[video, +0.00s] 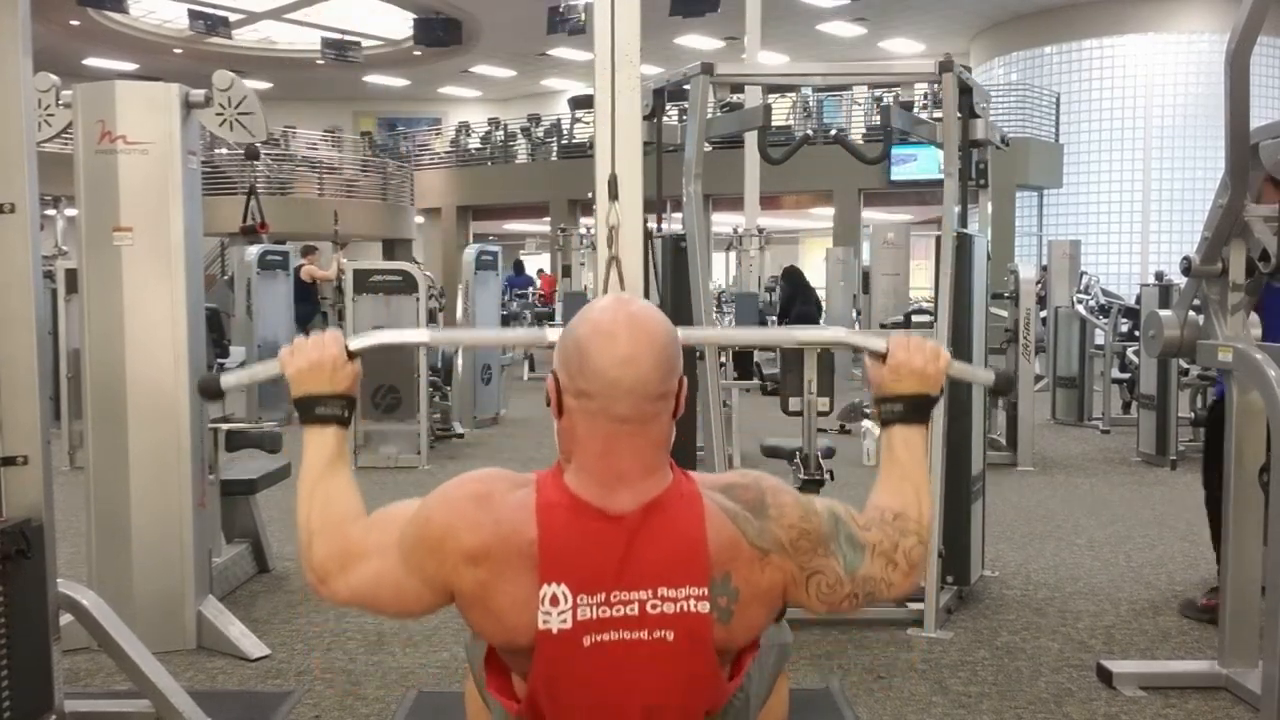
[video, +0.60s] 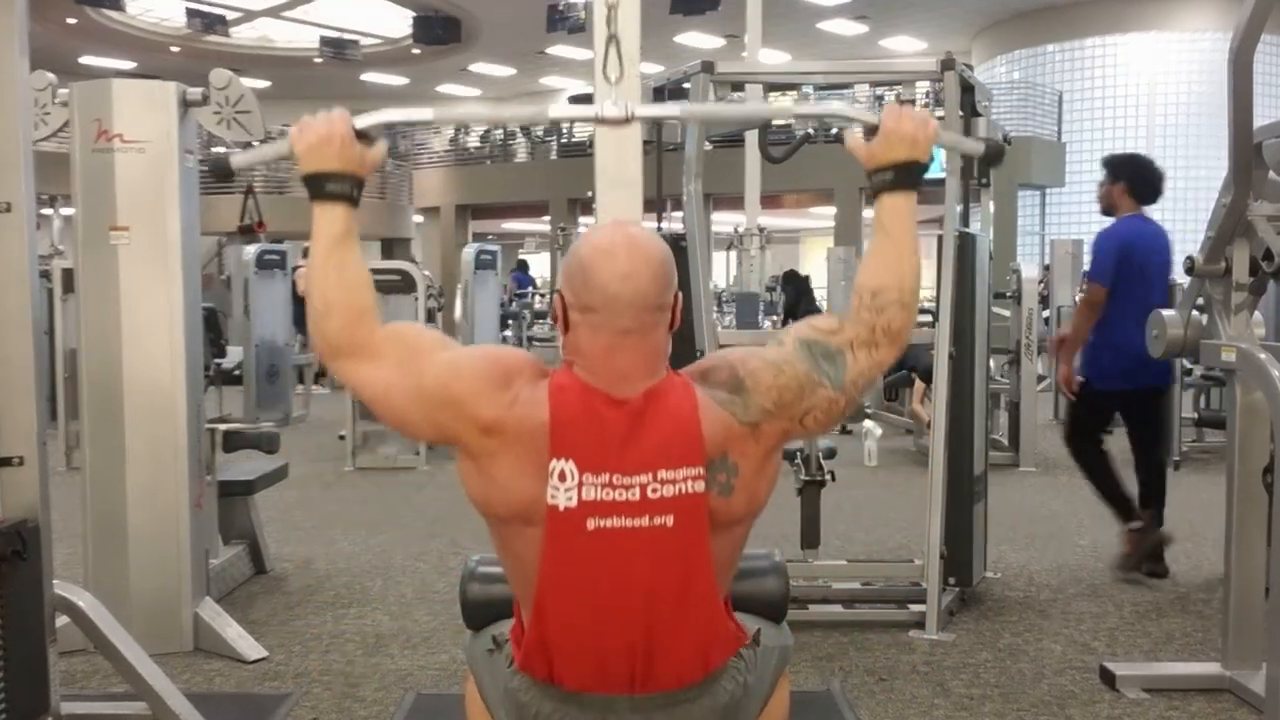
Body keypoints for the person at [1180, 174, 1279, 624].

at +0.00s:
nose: (1254, 197)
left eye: (1259, 187)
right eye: (1255, 187)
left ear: (1272, 188)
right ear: (1266, 188)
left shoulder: (1263, 243)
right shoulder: (1256, 238)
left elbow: (1253, 303)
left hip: (1251, 385)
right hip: (1244, 383)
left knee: (1221, 477)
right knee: (1225, 478)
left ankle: (1234, 587)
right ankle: (1242, 584)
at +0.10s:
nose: (1215, 181)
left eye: (1222, 173)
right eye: (1218, 173)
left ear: (1252, 182)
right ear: (1239, 181)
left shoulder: (1259, 234)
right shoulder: (1227, 230)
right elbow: (1201, 292)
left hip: (1247, 388)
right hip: (1217, 386)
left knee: (1226, 491)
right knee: (1218, 489)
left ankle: (1241, 589)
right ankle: (1232, 584)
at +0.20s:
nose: (1189, 183)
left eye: (1193, 175)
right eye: (1193, 174)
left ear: (1206, 180)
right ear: (1232, 180)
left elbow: (1160, 298)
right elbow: (1265, 304)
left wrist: (1169, 281)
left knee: (1211, 484)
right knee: (1203, 473)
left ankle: (1226, 591)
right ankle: (1186, 551)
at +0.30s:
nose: (1163, 190)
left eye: (1168, 183)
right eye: (1167, 182)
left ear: (1182, 190)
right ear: (1207, 193)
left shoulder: (1171, 242)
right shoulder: (1227, 236)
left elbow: (1134, 307)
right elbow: (1240, 302)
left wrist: (1165, 300)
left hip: (1179, 382)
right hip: (1215, 377)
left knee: (1197, 478)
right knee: (1184, 468)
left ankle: (1226, 585)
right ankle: (1155, 542)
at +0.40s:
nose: (1142, 195)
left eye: (1147, 188)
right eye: (1146, 188)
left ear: (1161, 195)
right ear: (1183, 199)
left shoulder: (1148, 247)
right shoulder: (1201, 243)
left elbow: (1120, 311)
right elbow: (1203, 308)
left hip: (1153, 378)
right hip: (1187, 375)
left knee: (1167, 472)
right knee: (1160, 464)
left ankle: (1217, 567)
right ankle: (1147, 546)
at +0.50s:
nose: (1124, 193)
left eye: (1128, 186)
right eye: (1127, 186)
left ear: (1141, 193)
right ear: (1164, 197)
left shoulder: (1130, 245)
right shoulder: (1182, 243)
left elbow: (1106, 310)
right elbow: (1180, 306)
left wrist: (1083, 365)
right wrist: (1125, 349)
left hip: (1132, 375)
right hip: (1171, 373)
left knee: (1115, 457)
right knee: (1156, 456)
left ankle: (1188, 534)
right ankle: (1149, 547)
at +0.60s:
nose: (1098, 189)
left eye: (1104, 182)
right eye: (1102, 182)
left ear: (1121, 188)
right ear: (1134, 191)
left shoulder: (1112, 237)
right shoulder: (1157, 235)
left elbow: (1093, 301)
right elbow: (1158, 299)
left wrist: (1066, 356)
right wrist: (1074, 336)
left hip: (1111, 367)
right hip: (1152, 366)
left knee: (1080, 438)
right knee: (1150, 454)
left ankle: (1133, 523)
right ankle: (1152, 550)